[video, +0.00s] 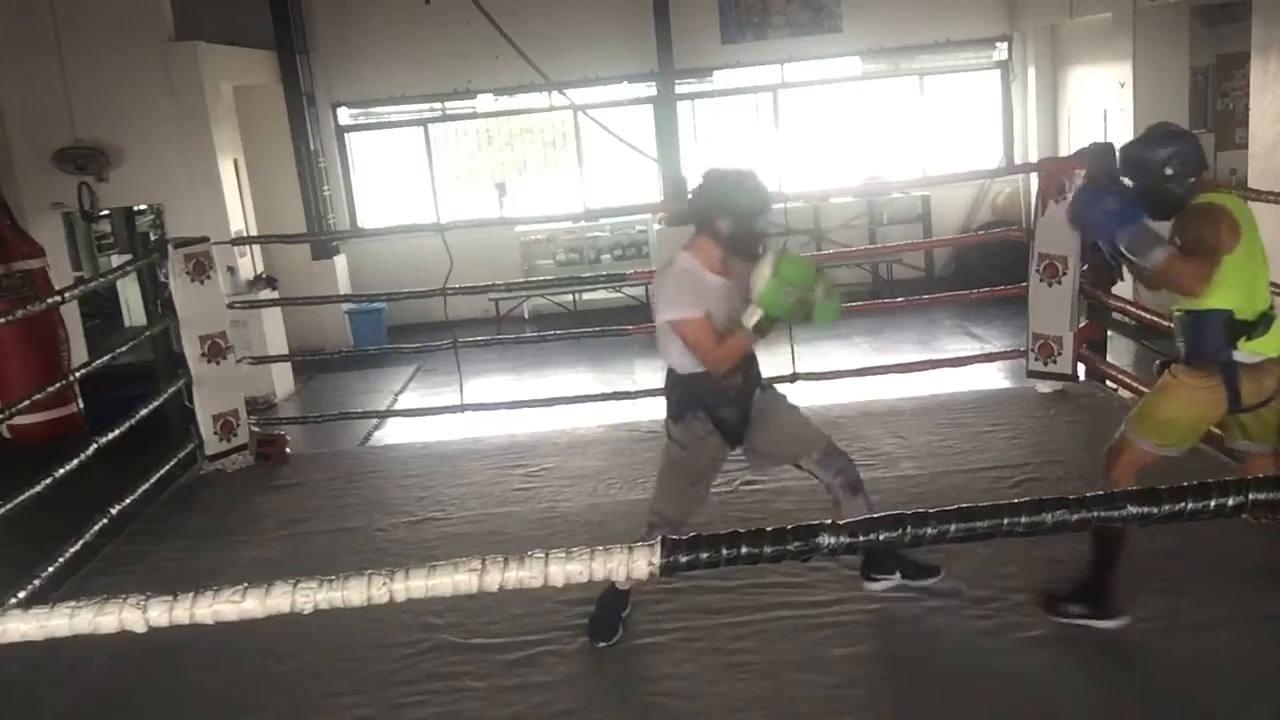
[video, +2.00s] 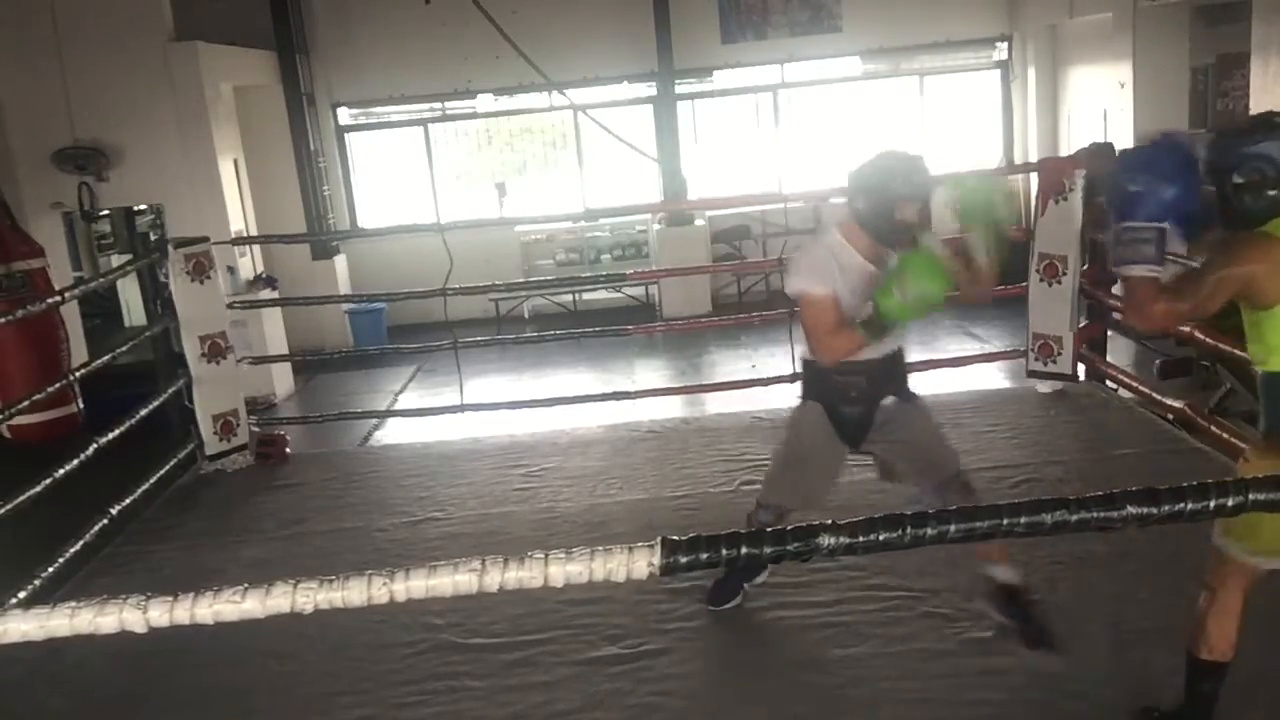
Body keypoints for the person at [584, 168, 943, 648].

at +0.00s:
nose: (763, 231)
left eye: (763, 220)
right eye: (755, 220)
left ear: (724, 220)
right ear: (725, 220)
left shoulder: (738, 263)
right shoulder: (676, 285)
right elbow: (716, 358)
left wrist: (797, 296)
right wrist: (767, 317)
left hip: (750, 394)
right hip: (697, 410)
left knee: (837, 467)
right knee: (667, 524)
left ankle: (878, 562)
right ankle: (619, 594)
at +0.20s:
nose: (805, 246)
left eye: (807, 236)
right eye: (804, 237)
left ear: (771, 219)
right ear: (788, 228)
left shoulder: (762, 264)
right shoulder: (747, 267)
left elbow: (790, 327)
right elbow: (791, 339)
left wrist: (826, 289)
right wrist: (825, 297)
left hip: (761, 401)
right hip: (721, 404)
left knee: (836, 484)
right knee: (693, 522)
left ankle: (902, 568)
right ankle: (617, 593)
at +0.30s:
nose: (841, 238)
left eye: (842, 228)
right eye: (837, 228)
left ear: (789, 226)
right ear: (816, 231)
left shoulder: (762, 266)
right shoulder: (787, 274)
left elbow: (819, 333)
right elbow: (838, 334)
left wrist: (846, 287)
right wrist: (855, 282)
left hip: (774, 411)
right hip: (738, 415)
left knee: (855, 483)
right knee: (725, 540)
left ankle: (908, 570)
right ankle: (626, 579)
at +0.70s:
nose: (828, 244)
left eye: (832, 233)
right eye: (824, 233)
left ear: (799, 230)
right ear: (792, 227)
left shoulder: (801, 274)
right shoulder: (748, 278)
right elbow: (791, 355)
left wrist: (859, 256)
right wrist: (833, 309)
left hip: (786, 414)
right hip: (737, 419)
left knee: (874, 478)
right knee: (714, 540)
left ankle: (909, 571)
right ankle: (621, 595)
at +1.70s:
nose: (879, 197)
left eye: (880, 186)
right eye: (869, 186)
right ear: (833, 186)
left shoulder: (851, 239)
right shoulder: (782, 241)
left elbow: (844, 300)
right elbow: (800, 326)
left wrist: (903, 278)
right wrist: (869, 300)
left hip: (840, 376)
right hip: (783, 384)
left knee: (893, 477)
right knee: (745, 493)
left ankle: (933, 576)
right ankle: (692, 565)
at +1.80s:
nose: (898, 194)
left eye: (900, 183)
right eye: (891, 183)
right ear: (855, 180)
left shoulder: (874, 233)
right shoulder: (793, 233)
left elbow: (934, 276)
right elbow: (807, 319)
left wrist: (950, 216)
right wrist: (876, 288)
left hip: (850, 380)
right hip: (789, 384)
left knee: (904, 481)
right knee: (761, 497)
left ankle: (932, 579)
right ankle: (748, 563)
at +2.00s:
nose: (920, 219)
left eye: (923, 208)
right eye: (912, 208)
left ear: (916, 209)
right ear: (879, 206)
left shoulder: (906, 251)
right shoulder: (818, 259)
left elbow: (976, 290)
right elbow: (826, 349)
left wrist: (979, 234)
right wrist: (892, 313)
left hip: (891, 398)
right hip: (826, 402)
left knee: (955, 491)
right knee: (775, 505)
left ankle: (1009, 589)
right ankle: (748, 564)